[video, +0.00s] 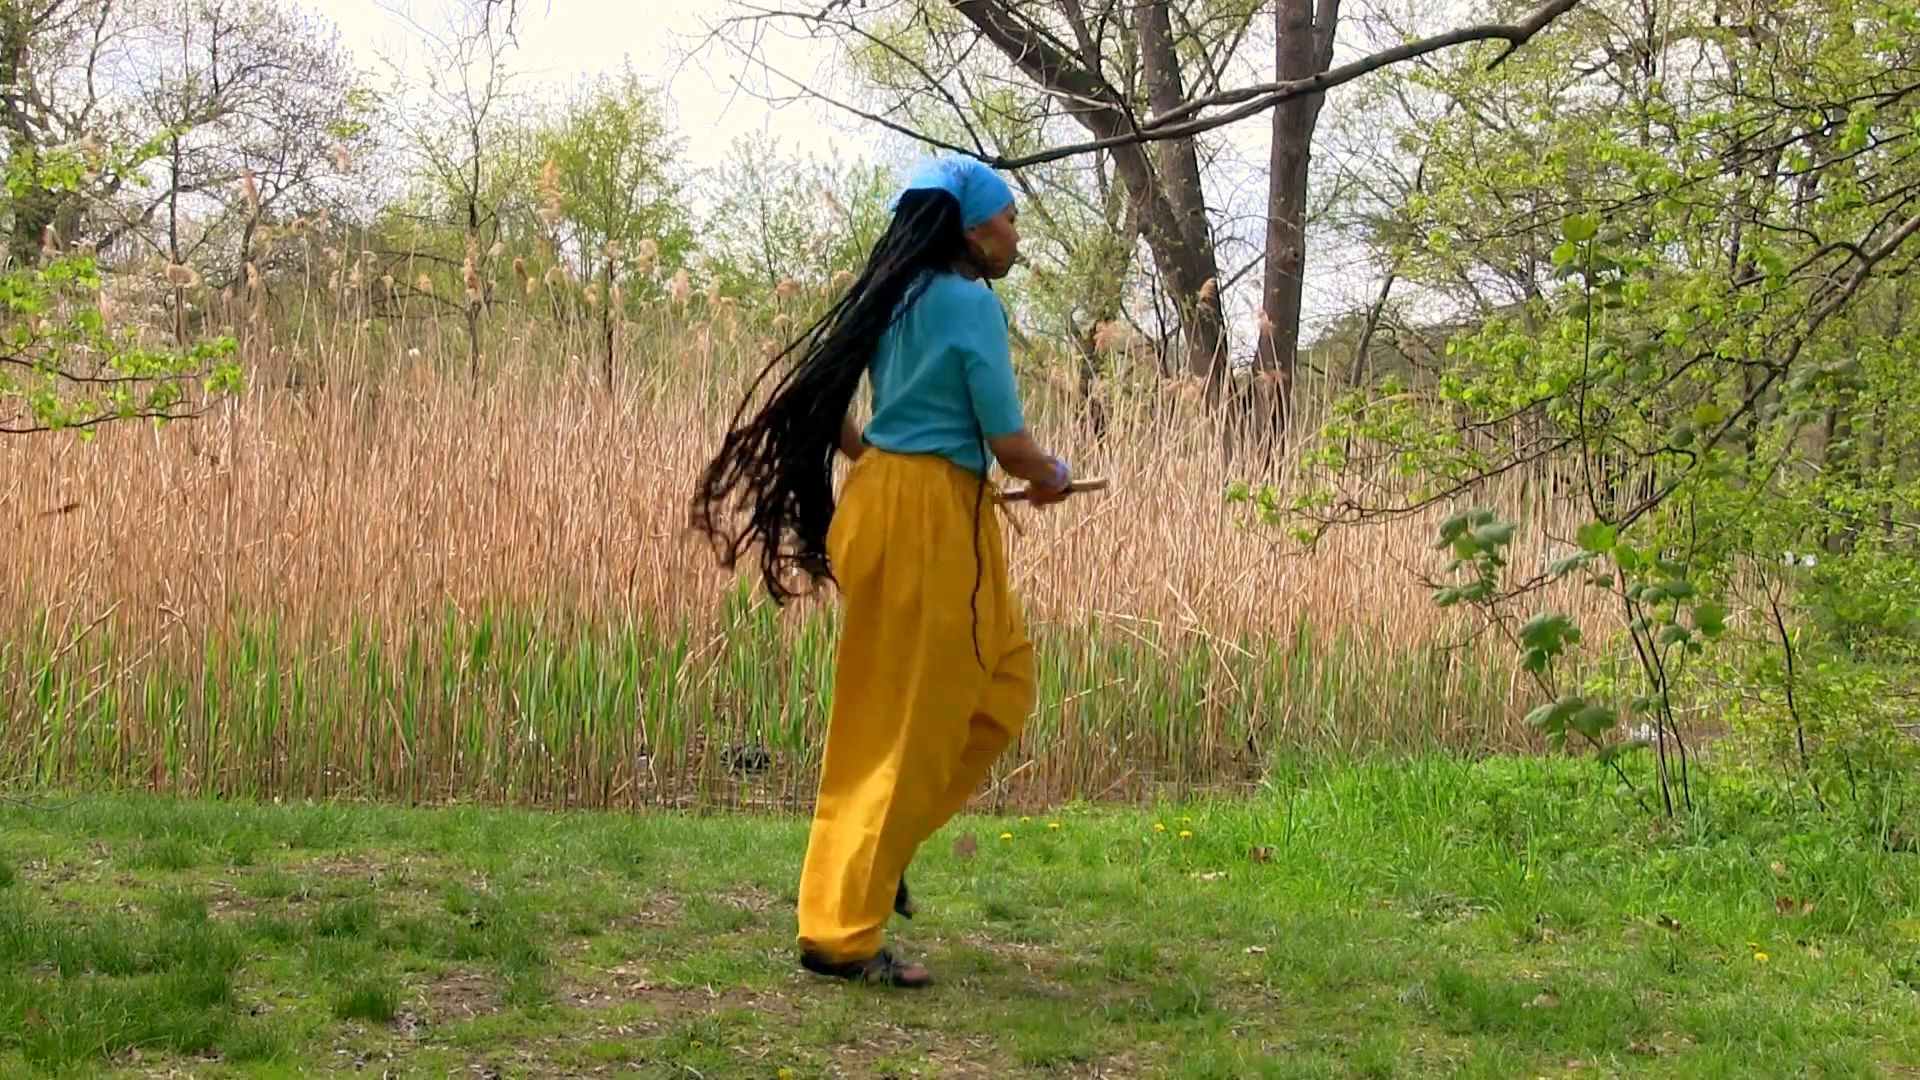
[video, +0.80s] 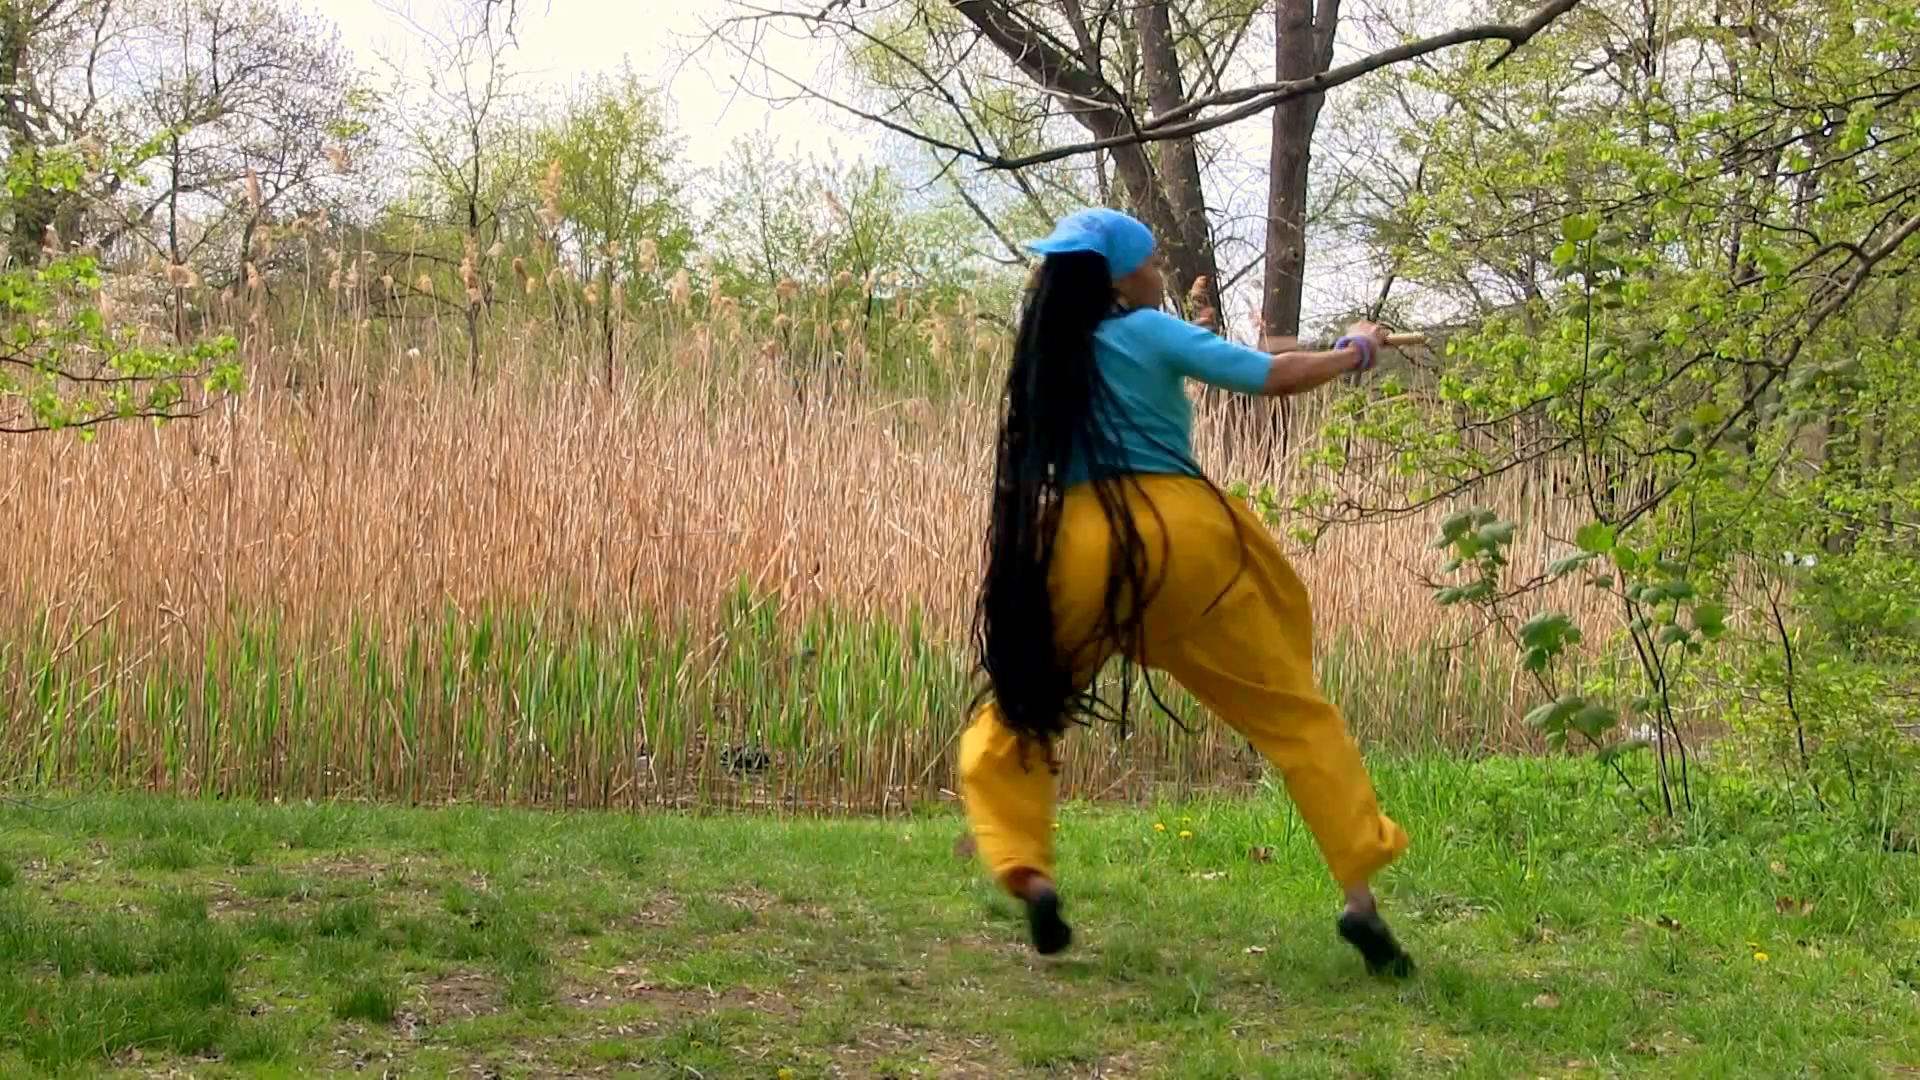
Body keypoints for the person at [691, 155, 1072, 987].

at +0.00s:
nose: (1016, 231)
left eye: (1014, 216)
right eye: (1005, 217)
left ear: (950, 227)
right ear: (964, 226)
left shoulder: (898, 296)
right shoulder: (970, 303)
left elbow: (826, 402)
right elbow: (1007, 441)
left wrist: (876, 463)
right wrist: (1046, 471)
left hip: (881, 499)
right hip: (928, 510)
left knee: (1004, 691)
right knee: (904, 714)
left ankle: (887, 842)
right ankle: (838, 930)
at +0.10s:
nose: (1012, 258)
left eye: (1009, 242)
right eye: (1001, 243)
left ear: (925, 251)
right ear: (964, 250)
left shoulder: (875, 313)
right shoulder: (994, 327)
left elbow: (772, 392)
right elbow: (1014, 471)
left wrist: (804, 481)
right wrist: (1005, 515)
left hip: (857, 514)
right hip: (940, 524)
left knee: (890, 711)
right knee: (939, 729)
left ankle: (826, 884)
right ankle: (850, 933)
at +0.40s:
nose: (1001, 322)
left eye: (996, 309)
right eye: (991, 311)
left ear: (917, 319)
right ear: (959, 320)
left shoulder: (868, 371)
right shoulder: (997, 384)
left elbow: (763, 416)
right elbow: (1040, 514)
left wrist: (778, 513)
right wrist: (1012, 544)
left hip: (852, 558)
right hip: (949, 564)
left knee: (862, 741)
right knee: (1038, 743)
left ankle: (802, 909)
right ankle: (956, 890)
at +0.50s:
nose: (1017, 318)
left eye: (1012, 305)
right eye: (1007, 307)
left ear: (937, 318)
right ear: (973, 316)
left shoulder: (886, 376)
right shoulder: (1008, 374)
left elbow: (784, 438)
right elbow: (1080, 484)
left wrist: (846, 492)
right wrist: (1123, 521)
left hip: (882, 567)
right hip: (978, 567)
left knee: (877, 751)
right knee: (1090, 720)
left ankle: (809, 908)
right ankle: (1144, 920)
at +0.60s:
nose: (1047, 300)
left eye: (1041, 288)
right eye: (1038, 290)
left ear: (969, 301)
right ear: (1006, 298)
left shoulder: (917, 368)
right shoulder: (1043, 354)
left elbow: (821, 432)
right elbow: (1146, 442)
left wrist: (883, 417)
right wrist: (1229, 494)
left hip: (922, 557)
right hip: (1021, 554)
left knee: (898, 738)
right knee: (1152, 704)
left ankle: (810, 909)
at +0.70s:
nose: (1100, 275)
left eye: (1094, 263)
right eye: (1090, 264)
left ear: (1019, 277)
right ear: (1059, 273)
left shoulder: (967, 349)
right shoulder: (1096, 329)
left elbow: (945, 435)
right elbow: (1209, 399)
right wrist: (1298, 423)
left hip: (994, 537)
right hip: (1101, 528)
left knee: (949, 709)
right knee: (1235, 669)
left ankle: (850, 882)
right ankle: (1365, 837)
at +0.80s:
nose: (1162, 274)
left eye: (1156, 261)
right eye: (1151, 263)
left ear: (1083, 281)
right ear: (1119, 278)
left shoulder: (1046, 347)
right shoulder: (1151, 331)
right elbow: (1268, 373)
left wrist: (1183, 331)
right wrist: (1351, 354)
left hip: (1073, 533)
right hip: (1179, 522)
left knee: (1017, 707)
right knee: (1288, 704)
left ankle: (1025, 870)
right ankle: (1359, 889)